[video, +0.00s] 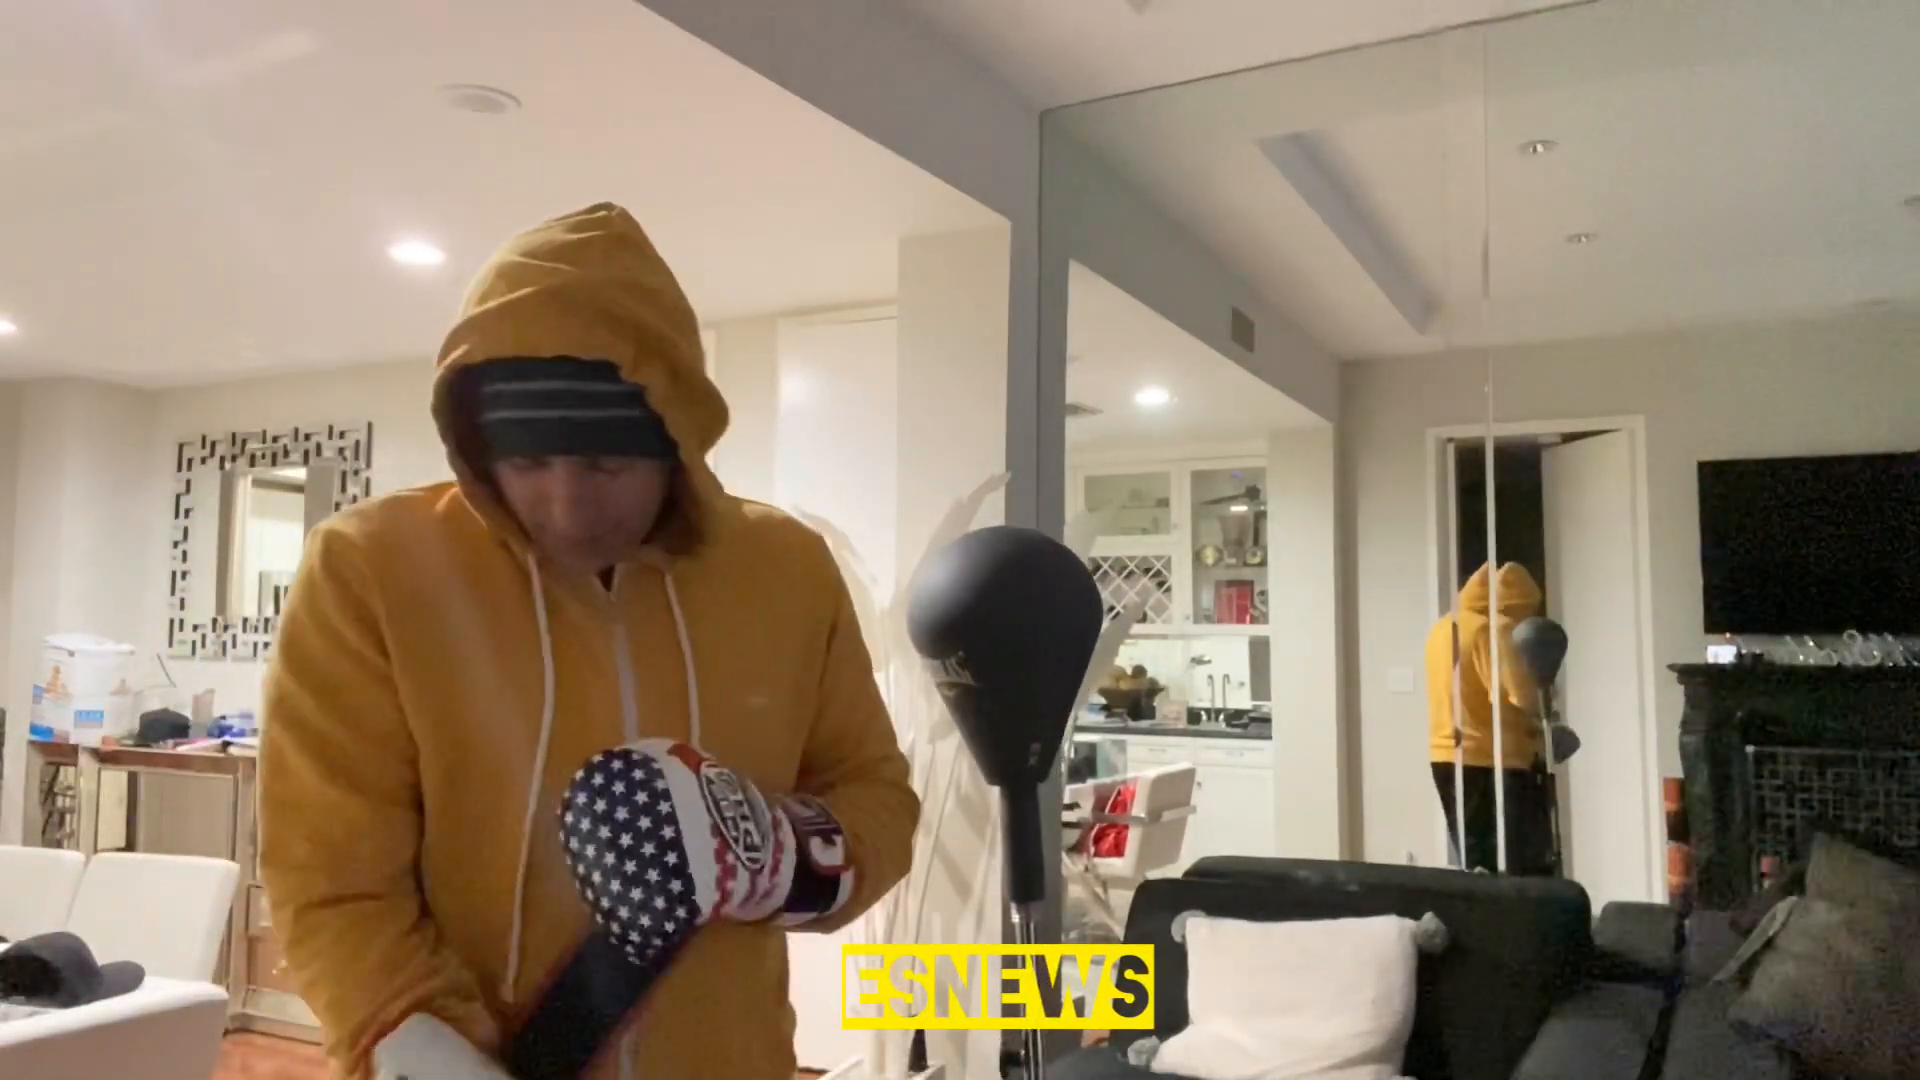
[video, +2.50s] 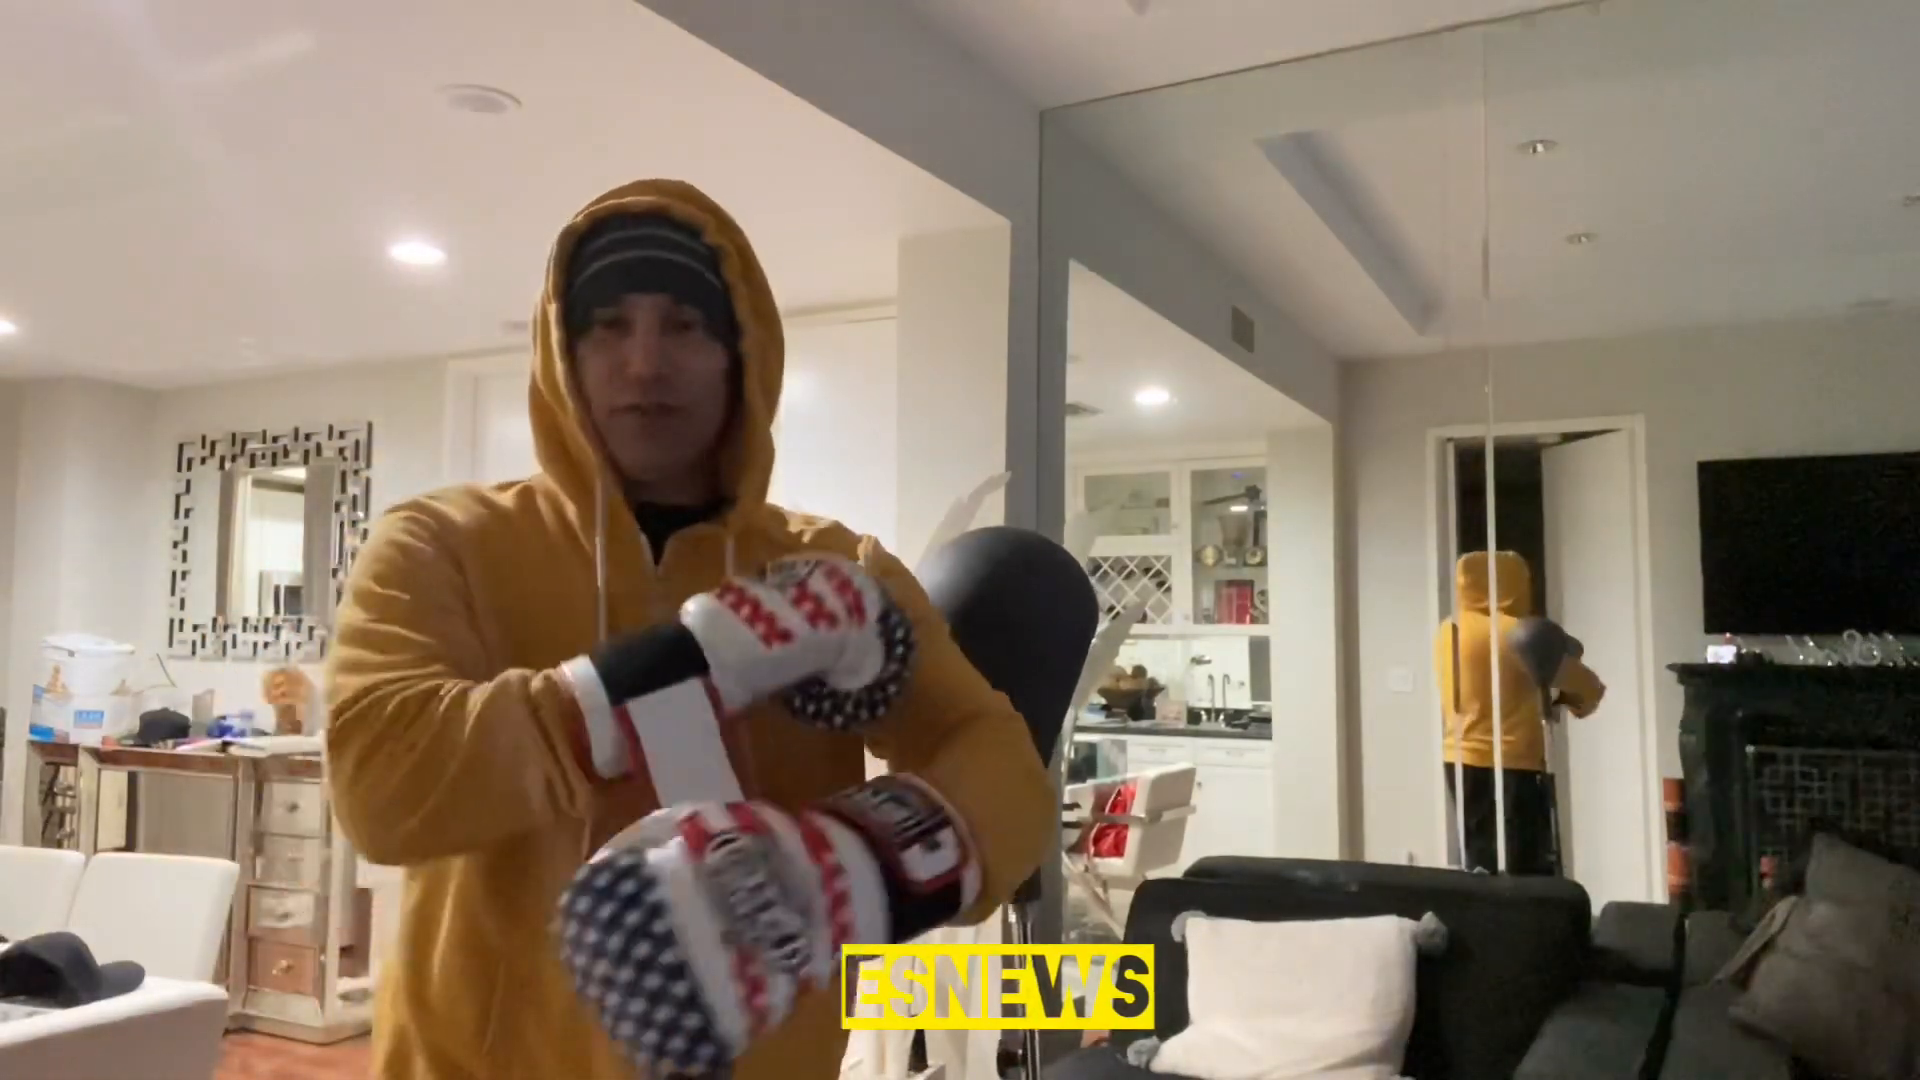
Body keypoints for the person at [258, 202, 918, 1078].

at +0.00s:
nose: (565, 510)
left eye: (607, 463)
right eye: (528, 462)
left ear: (674, 446)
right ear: (480, 449)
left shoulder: (785, 570)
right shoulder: (370, 572)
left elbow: (876, 789)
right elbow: (336, 884)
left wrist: (788, 849)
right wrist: (433, 1055)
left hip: (723, 1059)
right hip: (469, 1059)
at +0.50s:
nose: (507, 498)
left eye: (554, 442)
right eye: (462, 446)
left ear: (630, 419)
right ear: (411, 432)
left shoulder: (752, 547)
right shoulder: (301, 584)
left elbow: (866, 771)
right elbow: (230, 957)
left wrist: (819, 828)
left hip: (707, 1057)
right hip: (421, 1055)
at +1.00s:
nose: (504, 481)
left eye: (551, 423)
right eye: (460, 427)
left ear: (627, 404)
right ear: (408, 420)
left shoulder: (759, 559)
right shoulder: (292, 581)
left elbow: (885, 814)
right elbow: (195, 896)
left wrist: (788, 822)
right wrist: (436, 1038)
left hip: (703, 1064)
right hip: (424, 1075)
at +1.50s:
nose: (536, 445)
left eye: (580, 396)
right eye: (496, 399)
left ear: (661, 390)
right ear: (451, 408)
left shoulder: (799, 561)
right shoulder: (338, 578)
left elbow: (933, 796)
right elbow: (166, 880)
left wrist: (856, 859)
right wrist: (469, 851)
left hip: (738, 1066)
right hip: (441, 1066)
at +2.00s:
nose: (601, 413)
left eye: (647, 367)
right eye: (566, 367)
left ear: (718, 380)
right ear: (526, 385)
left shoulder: (832, 569)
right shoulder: (409, 559)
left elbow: (973, 813)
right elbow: (236, 835)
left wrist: (895, 811)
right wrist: (569, 786)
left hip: (753, 1063)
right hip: (458, 1063)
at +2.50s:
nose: (645, 365)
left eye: (685, 325)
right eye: (611, 325)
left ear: (739, 360)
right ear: (565, 358)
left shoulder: (836, 574)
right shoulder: (439, 548)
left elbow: (1004, 773)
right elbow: (386, 790)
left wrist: (856, 861)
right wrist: (689, 657)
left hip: (768, 1060)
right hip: (484, 1052)